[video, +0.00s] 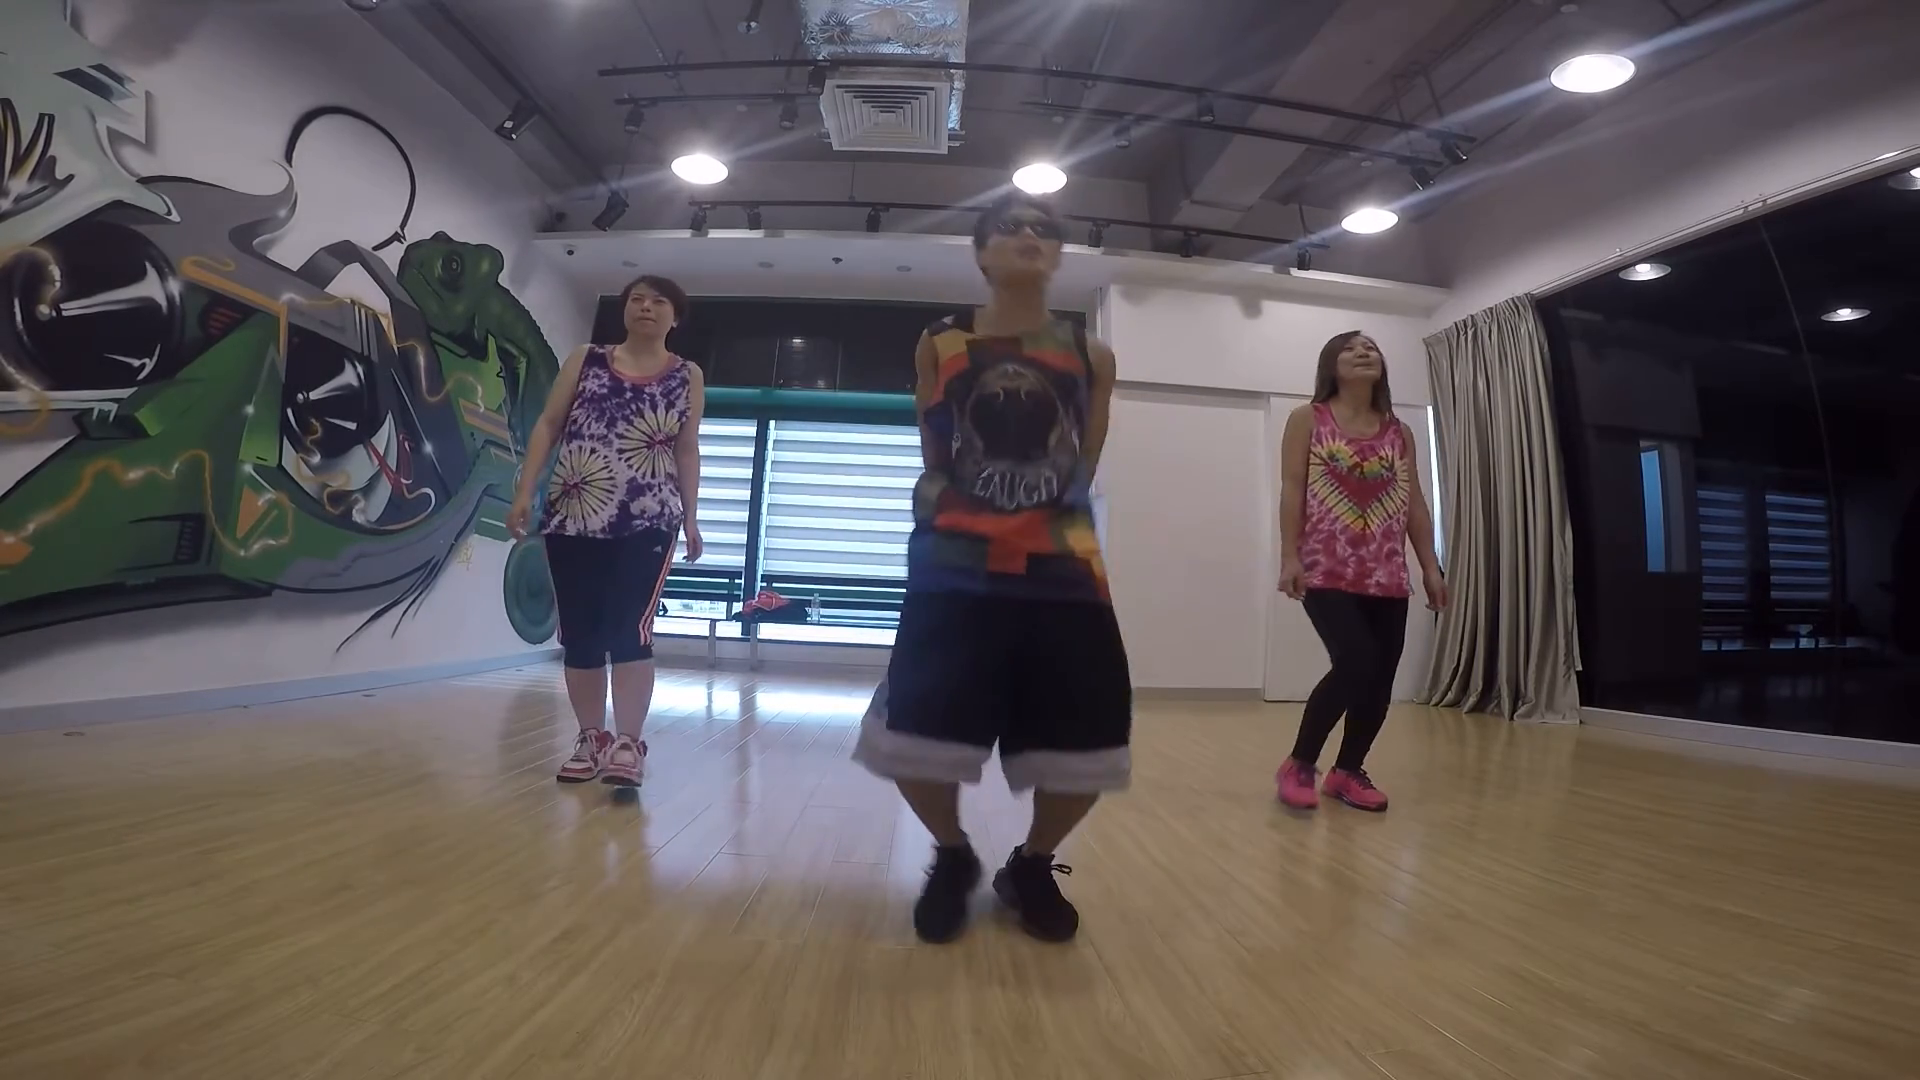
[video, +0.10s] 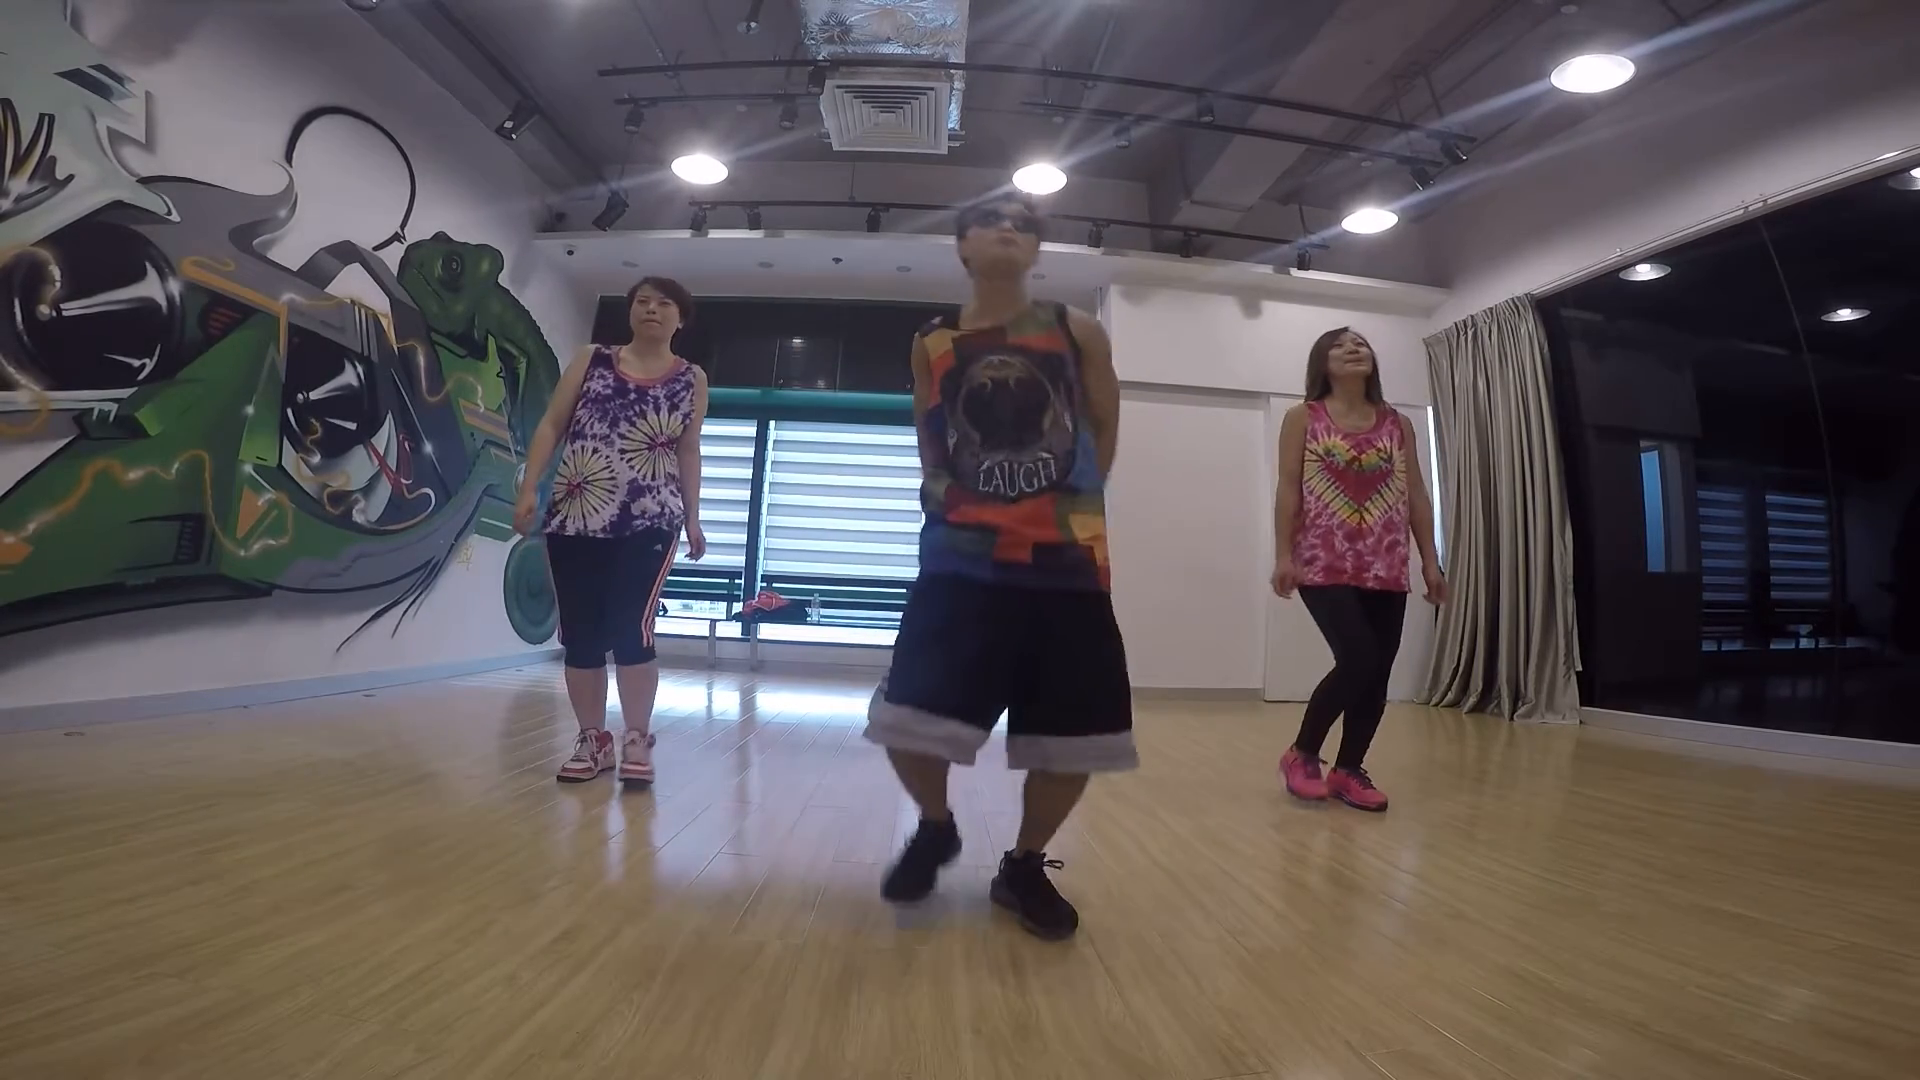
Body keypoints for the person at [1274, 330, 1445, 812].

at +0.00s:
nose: (1364, 352)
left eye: (1372, 349)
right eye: (1351, 349)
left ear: (1382, 368)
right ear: (1331, 368)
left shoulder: (1398, 431)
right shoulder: (1309, 419)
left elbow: (1414, 504)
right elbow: (1293, 490)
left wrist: (1430, 568)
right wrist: (1290, 557)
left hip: (1386, 577)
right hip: (1325, 573)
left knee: (1379, 679)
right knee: (1354, 665)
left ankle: (1348, 772)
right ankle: (1299, 767)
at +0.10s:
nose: (1353, 349)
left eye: (1361, 345)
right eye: (1340, 346)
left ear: (1373, 363)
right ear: (1322, 365)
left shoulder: (1396, 423)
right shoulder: (1304, 417)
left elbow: (1416, 496)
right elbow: (1289, 490)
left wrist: (1431, 562)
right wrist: (1284, 555)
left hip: (1385, 568)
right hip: (1321, 565)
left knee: (1376, 672)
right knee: (1357, 663)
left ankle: (1348, 770)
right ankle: (1302, 755)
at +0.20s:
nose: (1344, 348)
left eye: (1352, 343)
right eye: (1331, 345)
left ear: (1366, 361)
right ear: (1314, 366)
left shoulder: (1394, 419)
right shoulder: (1299, 418)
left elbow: (1416, 492)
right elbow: (1285, 489)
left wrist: (1426, 556)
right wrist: (1275, 556)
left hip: (1385, 567)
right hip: (1320, 565)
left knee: (1372, 674)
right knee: (1345, 667)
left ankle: (1348, 769)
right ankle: (1300, 759)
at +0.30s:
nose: (1339, 349)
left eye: (1346, 343)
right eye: (1325, 345)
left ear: (1359, 361)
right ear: (1308, 366)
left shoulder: (1388, 418)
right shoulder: (1294, 421)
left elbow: (1410, 490)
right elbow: (1283, 494)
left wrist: (1422, 552)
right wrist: (1273, 560)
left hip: (1382, 564)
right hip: (1315, 564)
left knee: (1368, 672)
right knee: (1328, 666)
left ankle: (1349, 770)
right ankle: (1301, 766)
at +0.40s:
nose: (1331, 348)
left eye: (1339, 343)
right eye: (1318, 345)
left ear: (1353, 359)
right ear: (1302, 366)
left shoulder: (1383, 416)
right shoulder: (1288, 421)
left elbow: (1401, 488)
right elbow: (1281, 494)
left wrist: (1410, 553)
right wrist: (1277, 559)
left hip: (1377, 562)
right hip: (1311, 563)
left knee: (1364, 671)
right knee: (1320, 664)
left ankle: (1348, 769)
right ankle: (1300, 766)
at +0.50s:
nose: (1326, 354)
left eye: (1334, 349)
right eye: (1313, 351)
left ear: (1348, 364)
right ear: (1296, 371)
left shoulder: (1379, 419)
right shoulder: (1285, 427)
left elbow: (1396, 490)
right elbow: (1278, 500)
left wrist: (1400, 558)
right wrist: (1272, 566)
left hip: (1368, 566)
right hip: (1302, 566)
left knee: (1369, 674)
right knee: (1316, 665)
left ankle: (1346, 768)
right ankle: (1300, 767)